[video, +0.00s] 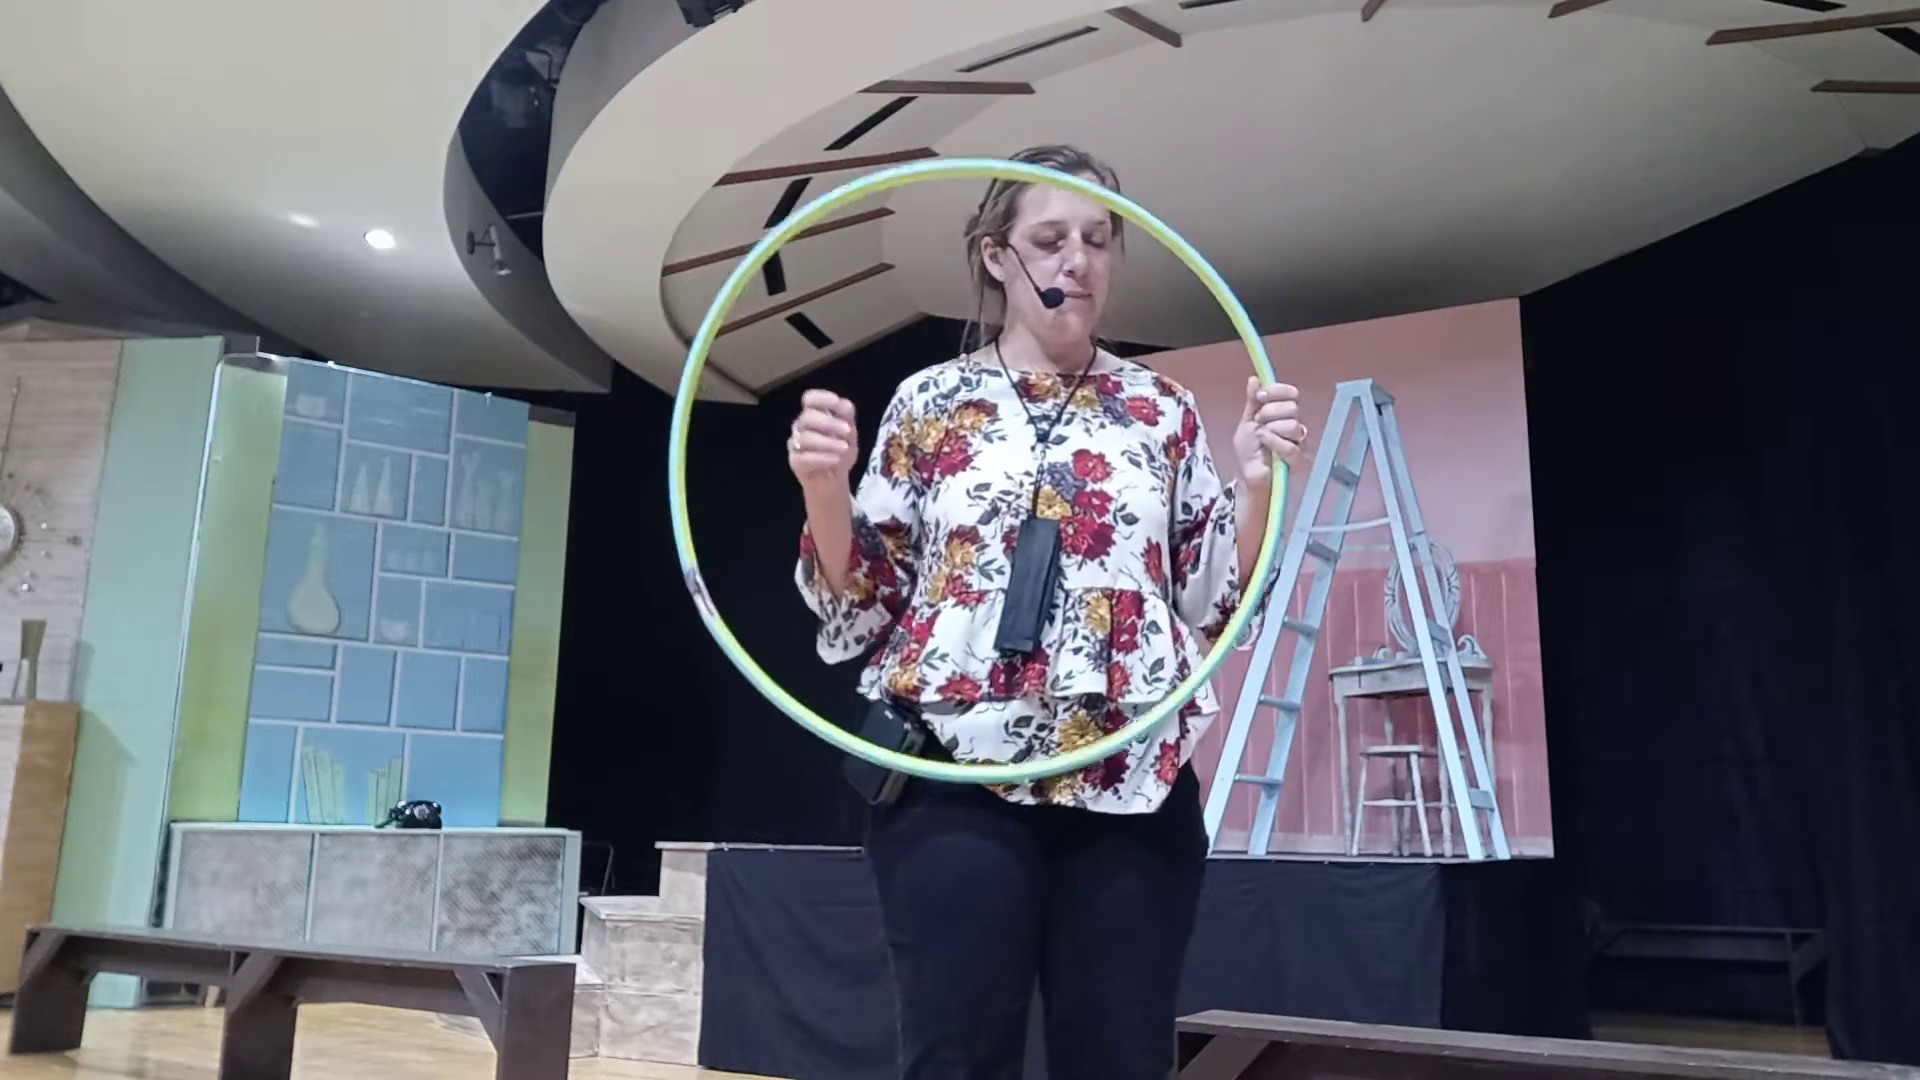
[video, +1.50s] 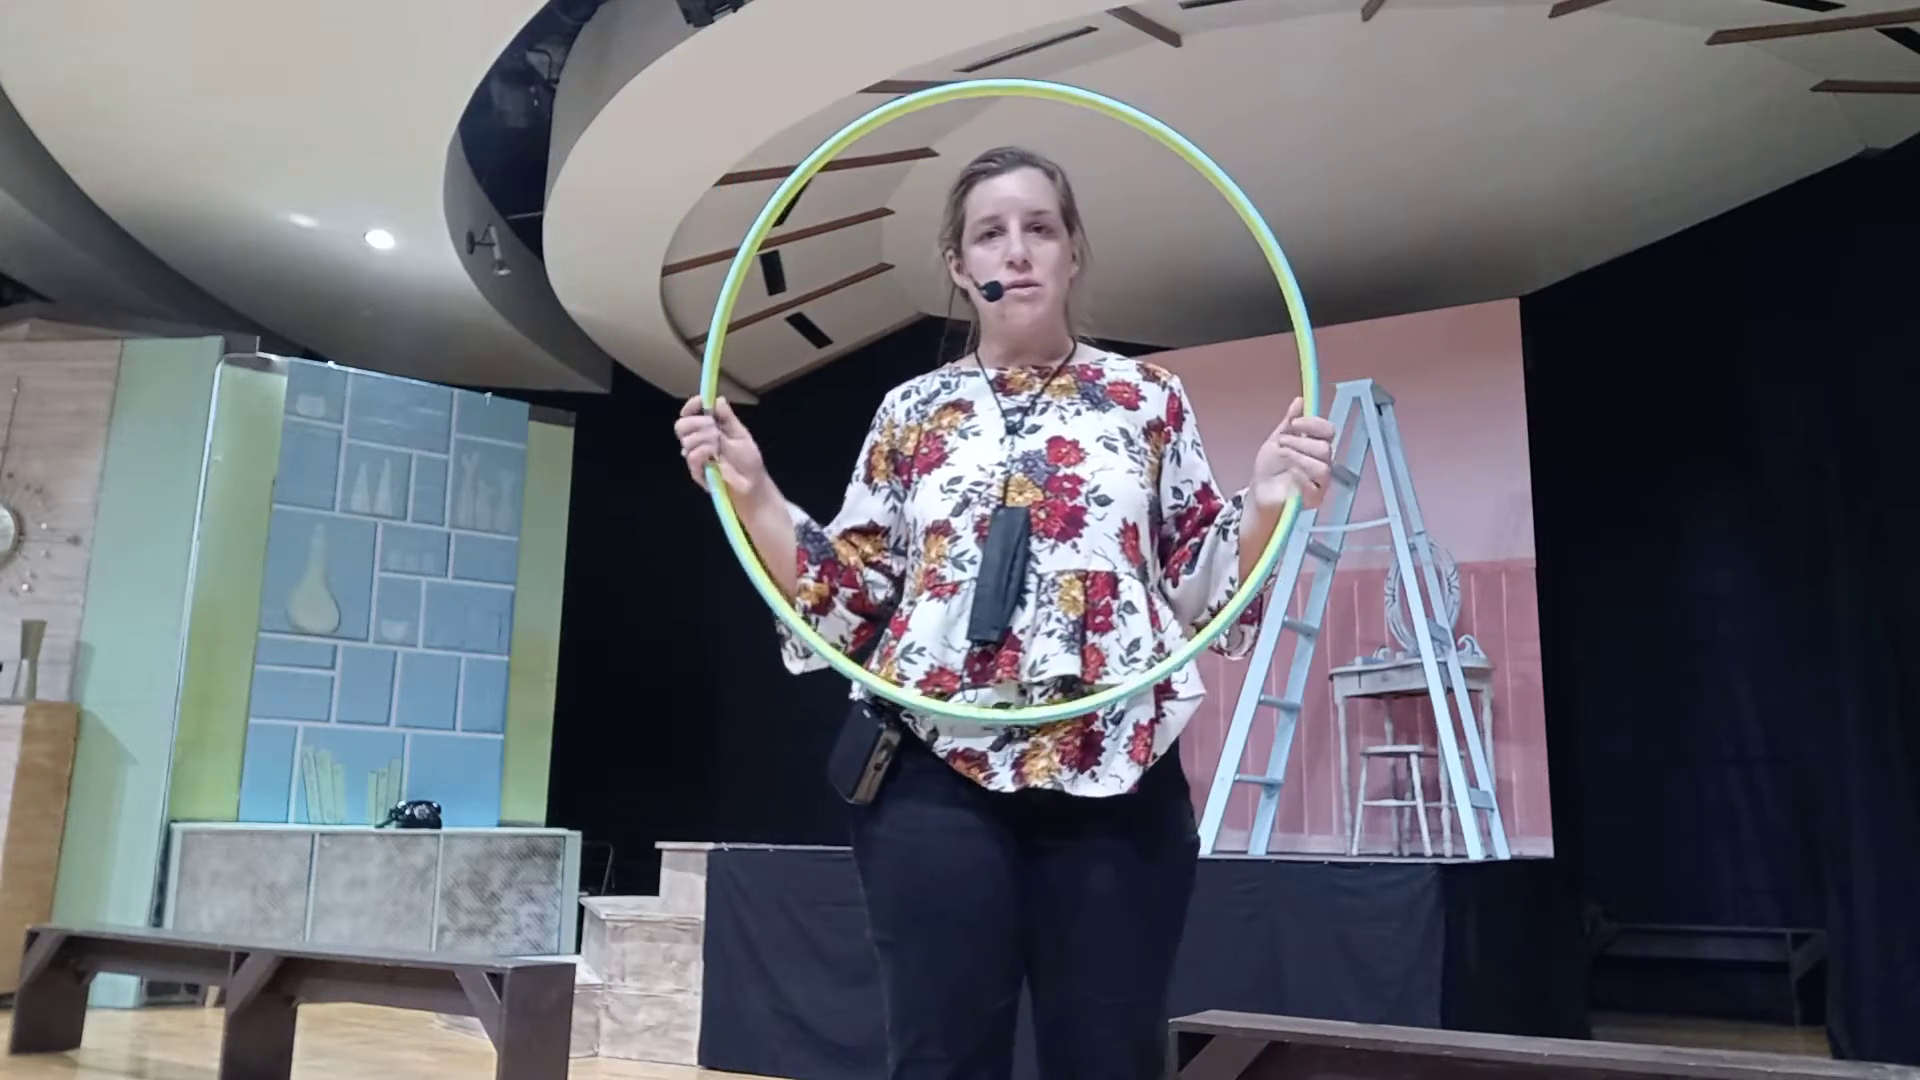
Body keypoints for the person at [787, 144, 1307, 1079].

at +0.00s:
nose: (1074, 261)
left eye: (1095, 242)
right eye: (1048, 239)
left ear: (1117, 267)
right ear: (998, 260)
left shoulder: (1165, 414)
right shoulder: (927, 406)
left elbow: (1210, 607)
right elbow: (853, 625)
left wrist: (1255, 483)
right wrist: (824, 500)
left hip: (1132, 801)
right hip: (958, 795)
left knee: (1120, 1064)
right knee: (959, 1060)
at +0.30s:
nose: (1065, 258)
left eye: (1086, 237)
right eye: (1038, 236)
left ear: (1108, 260)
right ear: (988, 260)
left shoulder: (1160, 399)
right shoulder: (925, 408)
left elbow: (1223, 600)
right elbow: (867, 610)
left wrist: (1261, 472)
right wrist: (800, 481)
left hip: (1133, 804)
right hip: (955, 796)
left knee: (1119, 1063)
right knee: (956, 1062)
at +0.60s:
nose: (1050, 249)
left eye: (1072, 230)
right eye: (1024, 233)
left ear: (1103, 261)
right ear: (985, 266)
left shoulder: (1169, 402)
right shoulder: (930, 403)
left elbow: (1223, 597)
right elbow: (843, 594)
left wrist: (1265, 466)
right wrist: (771, 467)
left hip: (1134, 798)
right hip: (958, 789)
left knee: (1118, 1063)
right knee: (957, 1059)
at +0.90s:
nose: (1027, 254)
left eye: (1054, 233)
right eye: (1005, 236)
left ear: (1098, 260)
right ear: (980, 265)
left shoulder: (1164, 403)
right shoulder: (928, 404)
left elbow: (1221, 600)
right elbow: (849, 585)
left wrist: (1271, 483)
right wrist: (773, 460)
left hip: (1132, 796)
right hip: (957, 785)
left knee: (1117, 1063)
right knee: (955, 1059)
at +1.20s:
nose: (1035, 249)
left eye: (1058, 230)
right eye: (1009, 233)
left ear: (1094, 257)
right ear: (977, 268)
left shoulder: (1160, 402)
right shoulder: (923, 406)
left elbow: (1214, 607)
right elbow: (849, 595)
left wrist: (1276, 511)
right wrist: (769, 472)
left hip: (1130, 798)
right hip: (951, 792)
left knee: (1116, 1063)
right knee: (952, 1060)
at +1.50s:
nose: (1016, 250)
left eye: (1039, 229)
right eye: (990, 233)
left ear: (1076, 254)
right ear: (959, 268)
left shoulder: (1149, 400)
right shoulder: (913, 409)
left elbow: (1203, 603)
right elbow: (850, 603)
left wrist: (1265, 506)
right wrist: (755, 495)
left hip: (1116, 797)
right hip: (937, 793)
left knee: (1106, 1063)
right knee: (941, 1061)